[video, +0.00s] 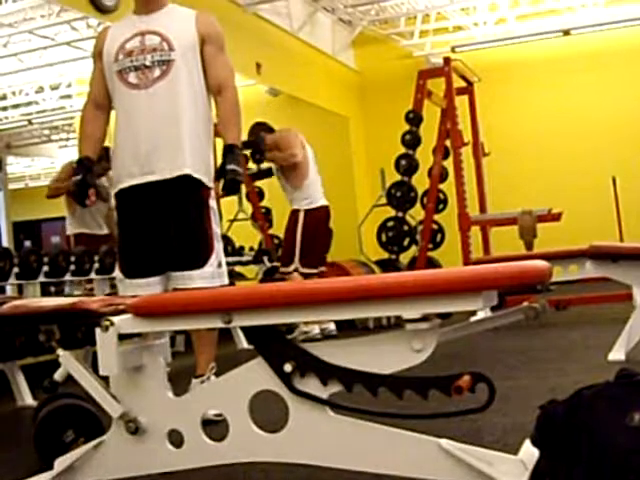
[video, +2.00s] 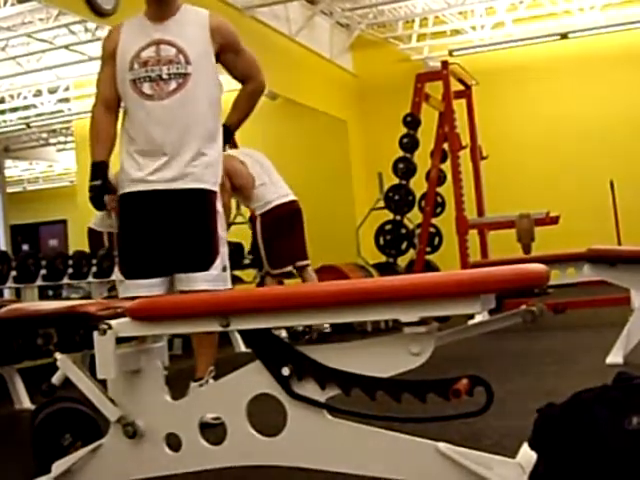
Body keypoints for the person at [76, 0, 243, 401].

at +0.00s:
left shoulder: (200, 24)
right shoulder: (108, 37)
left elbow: (224, 90)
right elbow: (97, 106)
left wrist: (233, 155)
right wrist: (85, 166)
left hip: (187, 170)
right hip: (132, 179)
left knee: (200, 284)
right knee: (142, 290)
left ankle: (205, 377)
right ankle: (150, 383)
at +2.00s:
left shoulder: (212, 29)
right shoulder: (118, 37)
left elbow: (255, 81)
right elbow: (106, 106)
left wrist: (227, 130)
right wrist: (98, 172)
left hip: (197, 176)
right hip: (139, 179)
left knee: (202, 293)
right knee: (141, 297)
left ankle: (204, 385)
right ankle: (148, 388)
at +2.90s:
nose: (92, 10)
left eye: (96, 4)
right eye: (89, 8)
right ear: (98, 2)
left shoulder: (182, 26)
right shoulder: (93, 41)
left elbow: (240, 73)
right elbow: (83, 112)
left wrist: (211, 128)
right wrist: (71, 175)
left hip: (174, 187)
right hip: (113, 191)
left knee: (191, 302)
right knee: (99, 308)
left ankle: (202, 391)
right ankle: (96, 400)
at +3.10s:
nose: (83, 7)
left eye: (93, 2)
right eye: (81, 2)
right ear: (76, 1)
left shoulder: (150, 26)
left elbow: (211, 78)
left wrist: (190, 129)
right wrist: (190, 129)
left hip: (146, 186)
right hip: (86, 191)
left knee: (174, 296)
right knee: (86, 308)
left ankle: (199, 386)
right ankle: (90, 399)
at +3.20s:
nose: (73, 9)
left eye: (78, 4)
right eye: (73, 5)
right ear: (74, 5)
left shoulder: (138, 28)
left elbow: (196, 79)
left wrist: (179, 134)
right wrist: (180, 132)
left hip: (134, 184)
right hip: (82, 189)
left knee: (161, 296)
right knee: (77, 306)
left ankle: (195, 382)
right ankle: (86, 397)